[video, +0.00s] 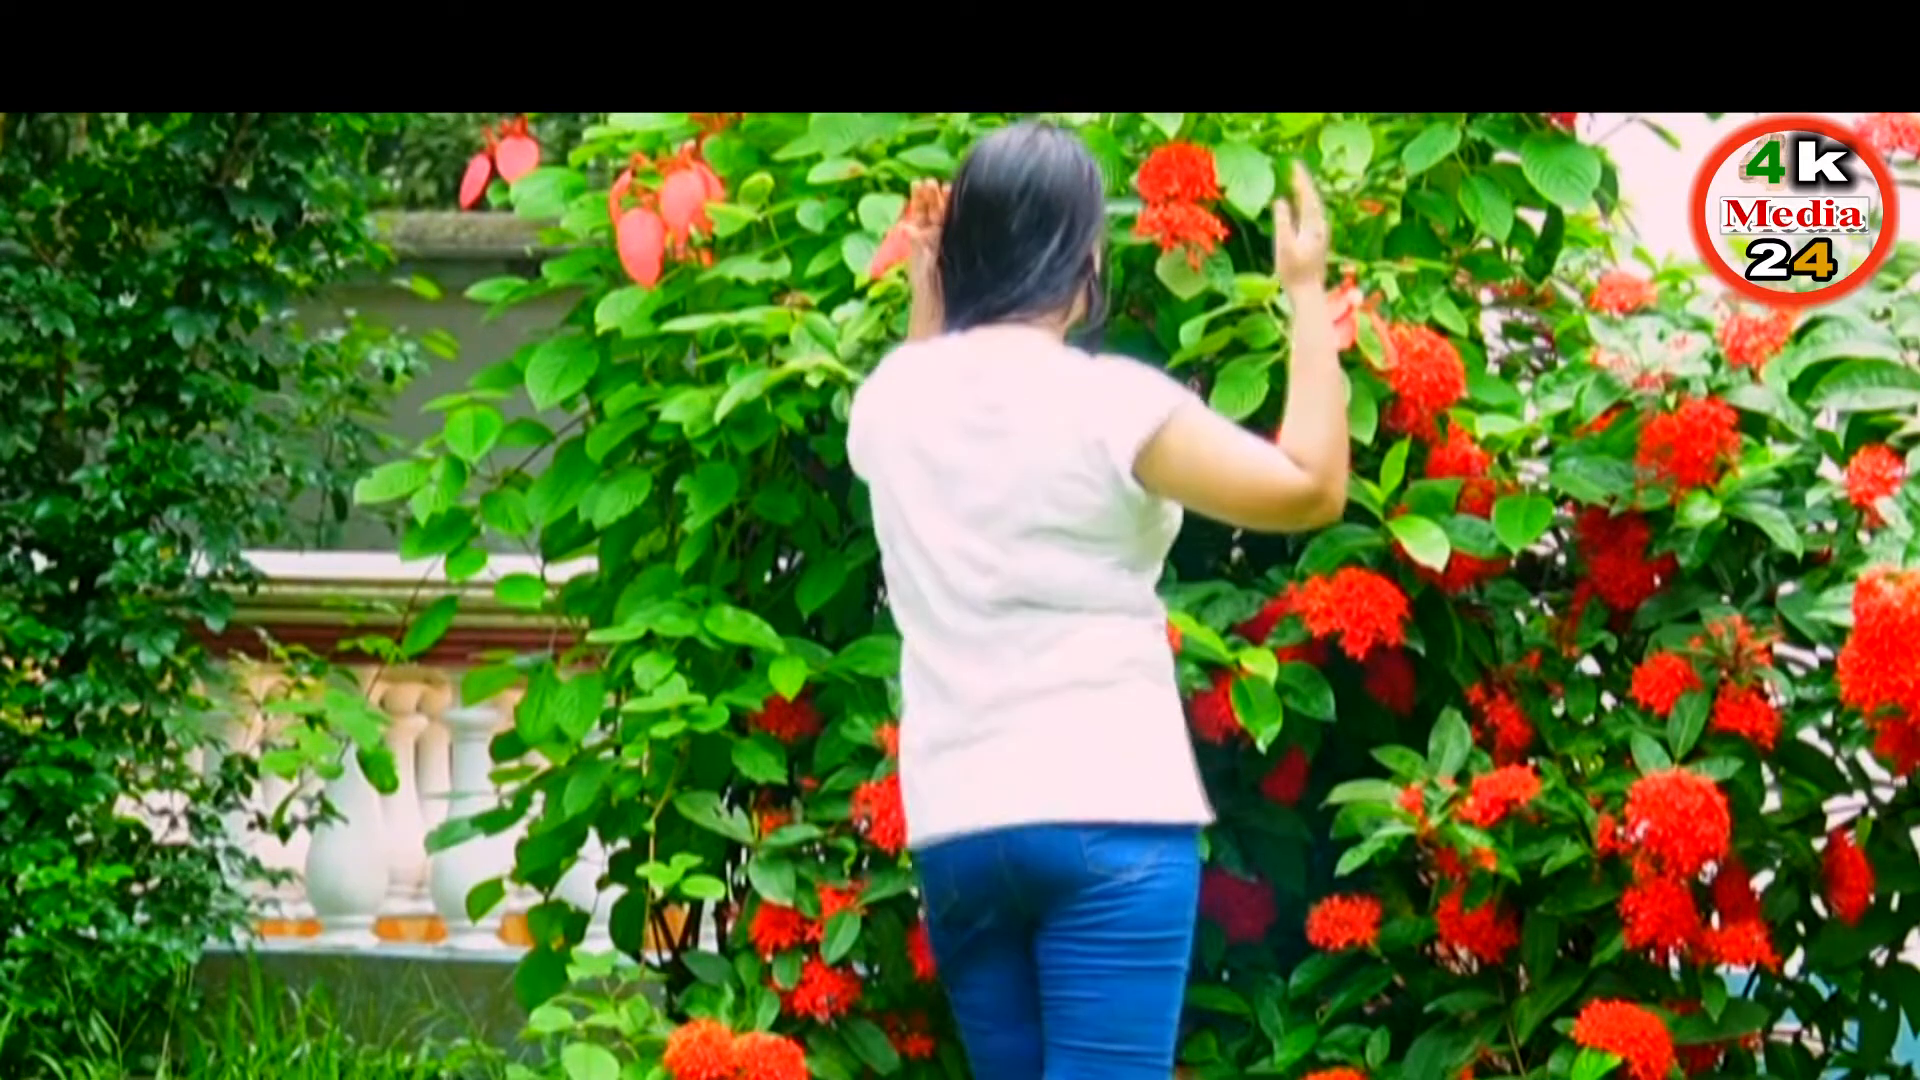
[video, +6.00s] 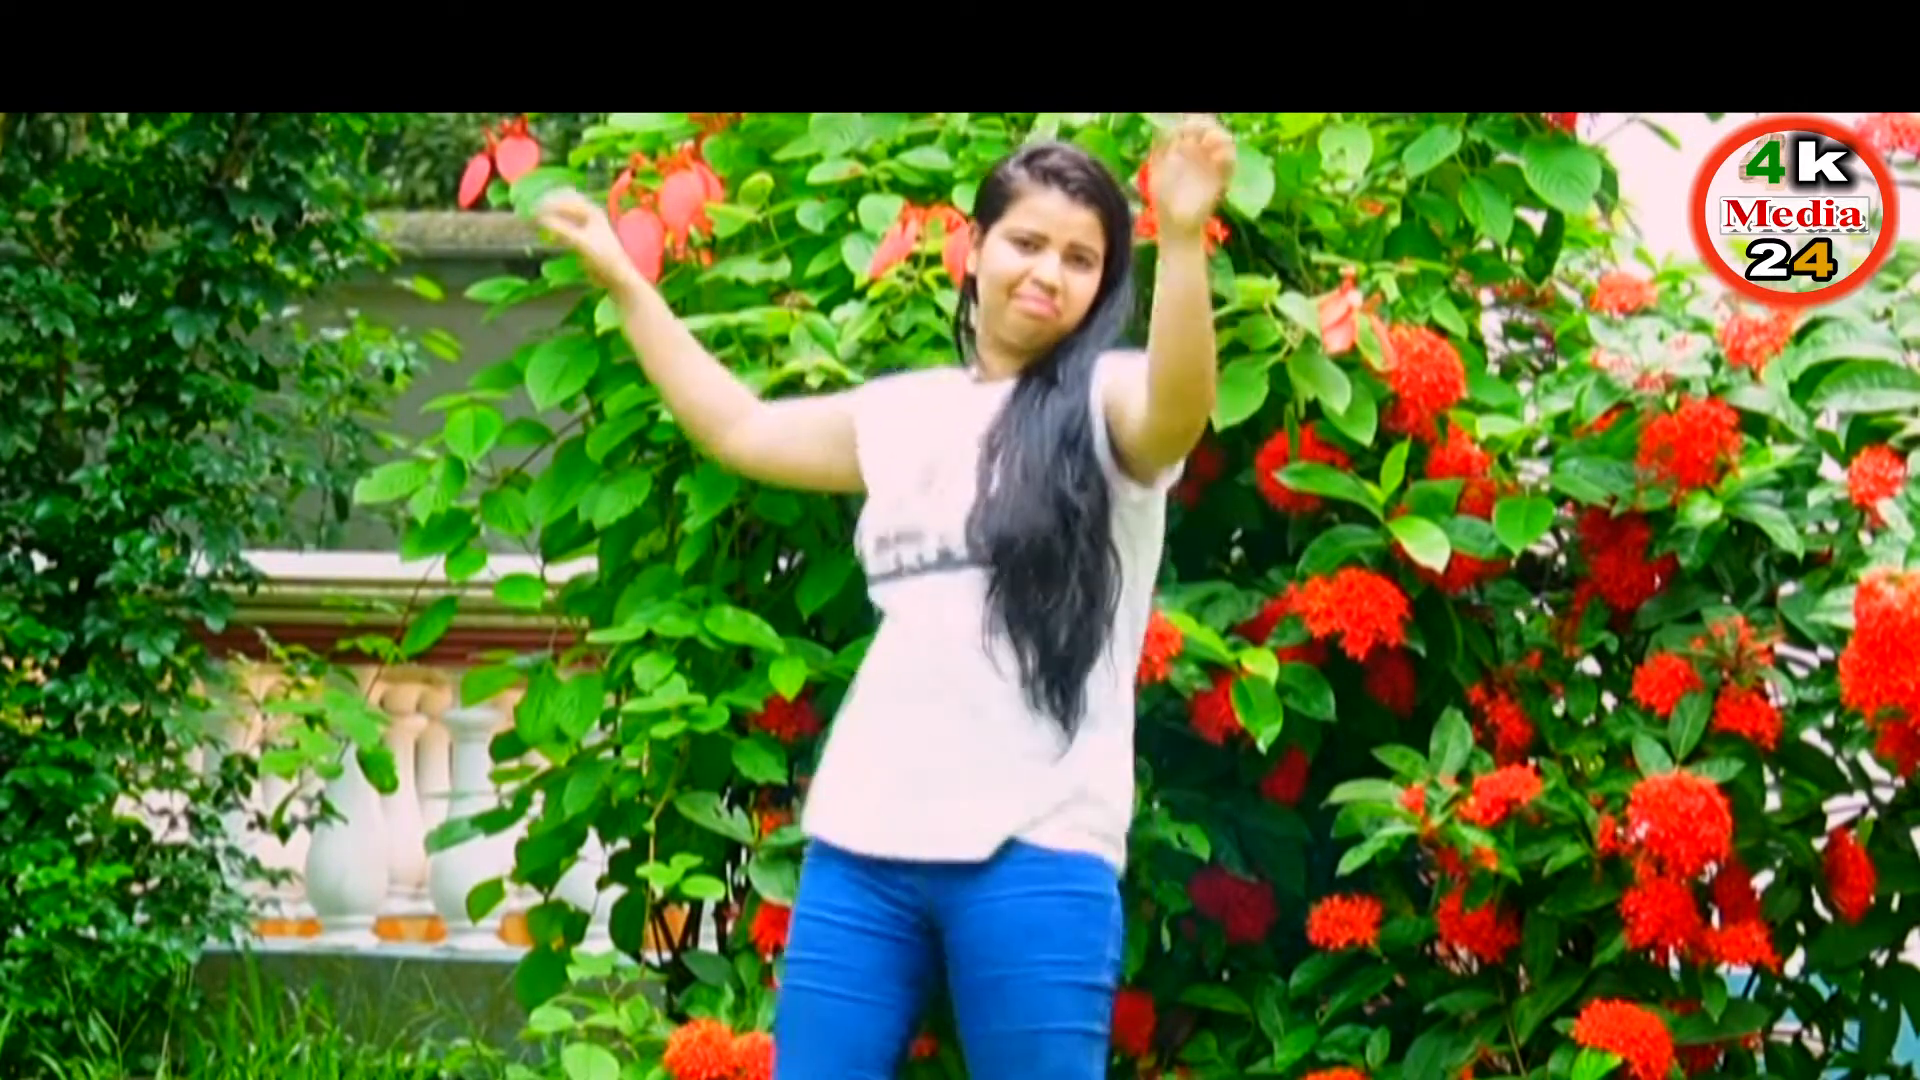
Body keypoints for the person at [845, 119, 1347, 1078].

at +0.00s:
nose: (1100, 256)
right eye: (1098, 236)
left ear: (957, 251)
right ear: (1085, 260)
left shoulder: (884, 404)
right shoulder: (1115, 400)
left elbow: (924, 413)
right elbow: (1311, 485)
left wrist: (928, 287)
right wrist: (1306, 297)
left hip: (954, 815)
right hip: (1116, 798)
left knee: (1008, 1067)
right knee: (1110, 1065)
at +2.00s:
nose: (1000, 254)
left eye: (1030, 232)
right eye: (977, 224)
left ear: (1064, 254)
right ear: (932, 233)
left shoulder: (1102, 418)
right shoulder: (844, 407)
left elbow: (1133, 628)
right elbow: (746, 579)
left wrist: (1202, 641)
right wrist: (599, 662)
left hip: (996, 844)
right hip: (805, 828)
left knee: (1022, 1071)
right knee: (795, 1071)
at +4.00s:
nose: (1083, 308)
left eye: (1115, 290)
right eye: (1063, 276)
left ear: (1147, 317)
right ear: (1020, 284)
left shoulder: (1151, 462)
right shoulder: (964, 472)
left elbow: (1223, 698)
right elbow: (924, 675)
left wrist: (1224, 695)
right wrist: (737, 679)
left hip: (1082, 887)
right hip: (924, 888)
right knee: (803, 1072)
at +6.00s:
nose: (1048, 274)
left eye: (1078, 259)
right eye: (1027, 242)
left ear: (1105, 287)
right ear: (976, 247)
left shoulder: (1112, 394)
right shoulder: (898, 411)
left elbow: (1177, 409)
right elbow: (738, 428)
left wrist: (1183, 237)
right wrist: (624, 282)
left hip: (1041, 862)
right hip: (861, 850)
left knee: (1040, 1067)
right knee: (812, 1069)